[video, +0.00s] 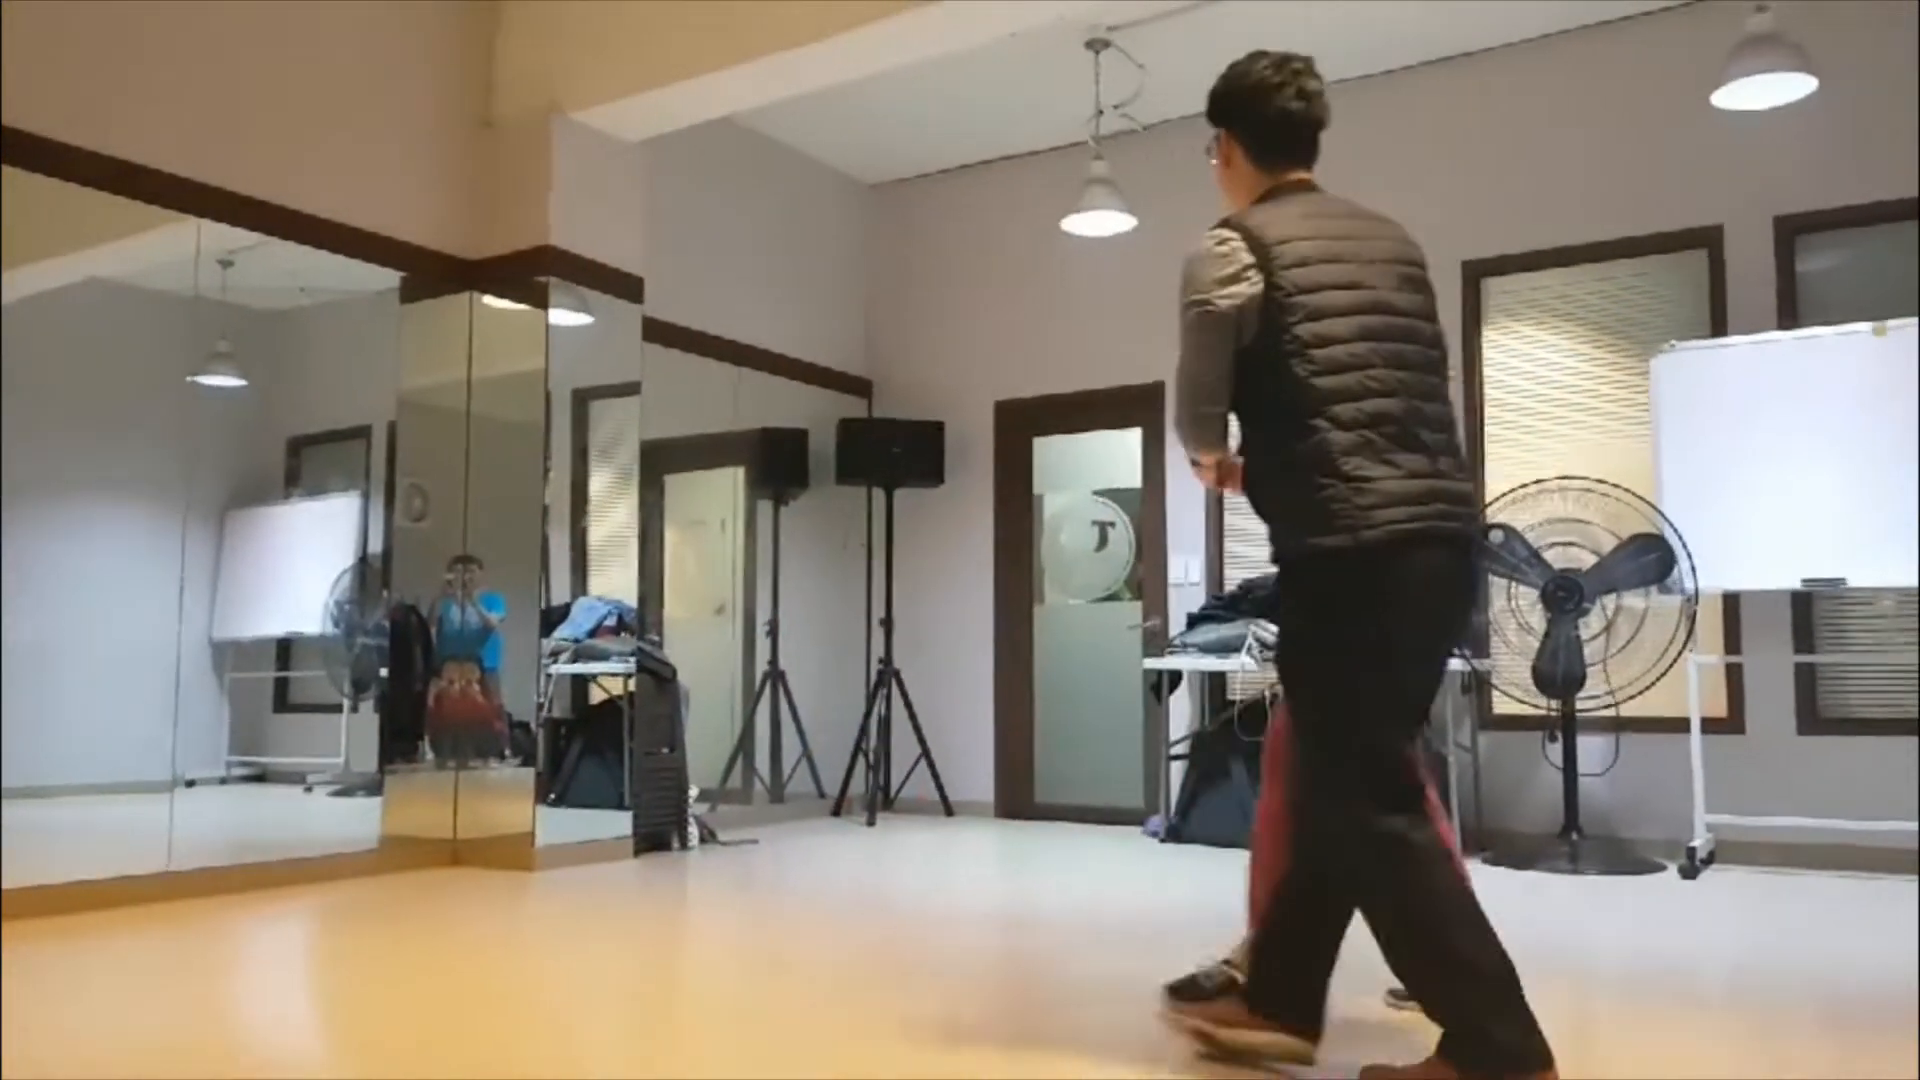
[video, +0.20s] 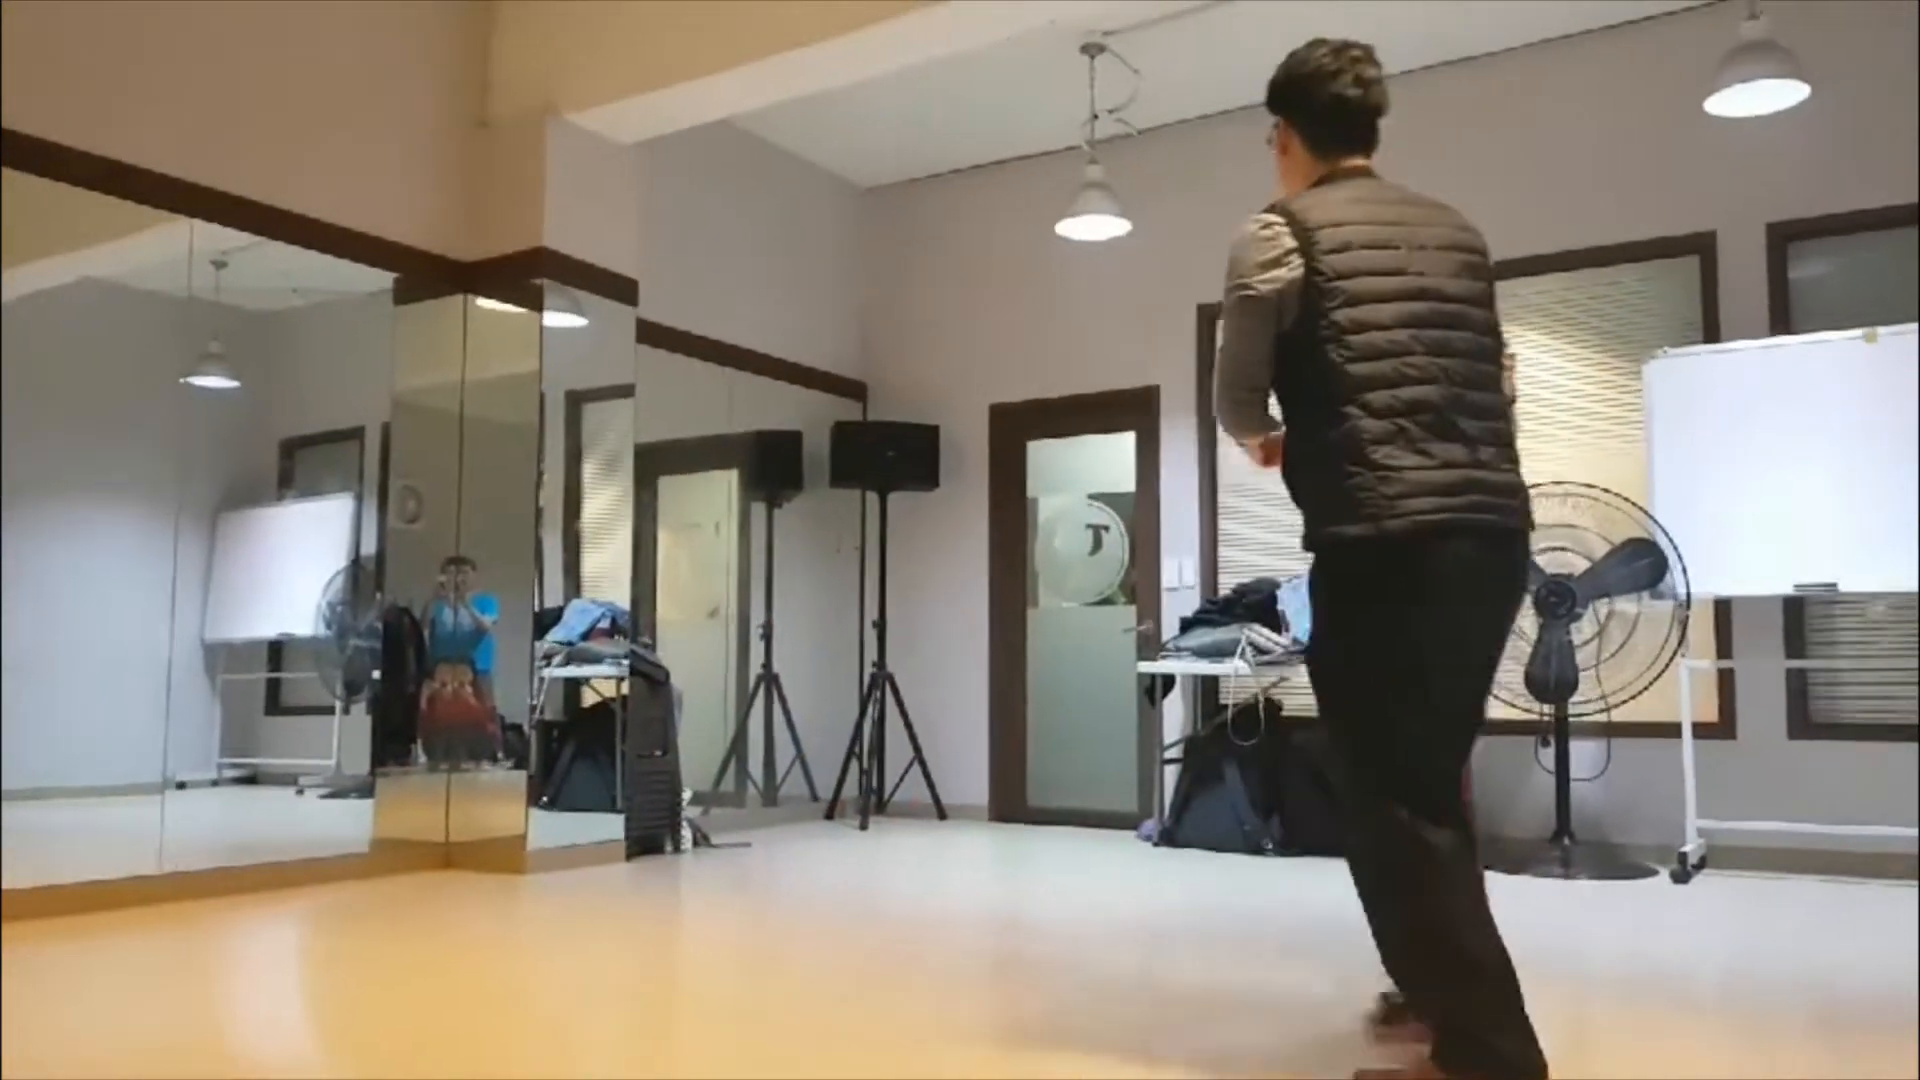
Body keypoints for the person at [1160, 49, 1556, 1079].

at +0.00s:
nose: (1214, 170)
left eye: (1212, 154)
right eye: (1214, 156)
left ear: (1226, 151)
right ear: (1315, 146)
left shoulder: (1232, 252)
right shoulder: (1395, 239)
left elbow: (1199, 415)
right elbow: (1418, 398)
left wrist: (1209, 453)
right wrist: (1274, 460)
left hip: (1344, 558)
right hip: (1443, 545)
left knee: (1369, 800)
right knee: (1335, 779)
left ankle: (1498, 1048)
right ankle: (1278, 1005)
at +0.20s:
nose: (1270, 158)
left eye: (1270, 142)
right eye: (1277, 143)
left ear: (1286, 139)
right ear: (1371, 136)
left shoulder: (1281, 232)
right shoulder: (1453, 225)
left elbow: (1238, 396)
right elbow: (1480, 377)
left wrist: (1256, 433)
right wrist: (1322, 428)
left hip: (1381, 544)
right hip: (1494, 533)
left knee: (1389, 797)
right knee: (1423, 777)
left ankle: (1495, 1054)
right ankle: (1434, 990)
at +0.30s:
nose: (1306, 163)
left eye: (1305, 147)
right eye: (1309, 148)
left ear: (1320, 146)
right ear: (1409, 142)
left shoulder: (1311, 238)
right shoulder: (1490, 237)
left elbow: (1263, 414)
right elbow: (1515, 385)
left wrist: (1300, 452)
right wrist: (1357, 442)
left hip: (1401, 555)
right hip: (1517, 544)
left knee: (1386, 801)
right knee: (1483, 772)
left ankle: (1481, 1053)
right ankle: (1590, 1007)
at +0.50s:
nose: (1392, 177)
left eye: (1393, 163)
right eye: (1394, 164)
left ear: (1408, 161)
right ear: (1499, 157)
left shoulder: (1394, 253)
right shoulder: (1575, 252)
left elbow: (1356, 416)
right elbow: (1610, 407)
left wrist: (1374, 464)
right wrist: (1433, 450)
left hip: (1470, 576)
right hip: (1604, 569)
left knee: (1410, 800)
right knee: (1641, 788)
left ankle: (1481, 1050)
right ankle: (1736, 1043)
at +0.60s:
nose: (1415, 180)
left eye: (1415, 164)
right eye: (1416, 166)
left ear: (1432, 161)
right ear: (1523, 158)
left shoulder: (1413, 253)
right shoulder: (1600, 248)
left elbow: (1393, 423)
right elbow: (1662, 421)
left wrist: (1411, 464)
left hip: (1502, 575)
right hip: (1632, 570)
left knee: (1437, 795)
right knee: (1662, 796)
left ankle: (1487, 1044)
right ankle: (1733, 1042)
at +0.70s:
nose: (1444, 176)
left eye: (1444, 161)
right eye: (1445, 163)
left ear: (1462, 157)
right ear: (1552, 153)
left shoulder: (1445, 244)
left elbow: (1421, 411)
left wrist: (1448, 439)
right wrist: (1715, 380)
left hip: (1523, 565)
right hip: (1655, 559)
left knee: (1456, 784)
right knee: (1679, 805)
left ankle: (1559, 1035)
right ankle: (1737, 1051)